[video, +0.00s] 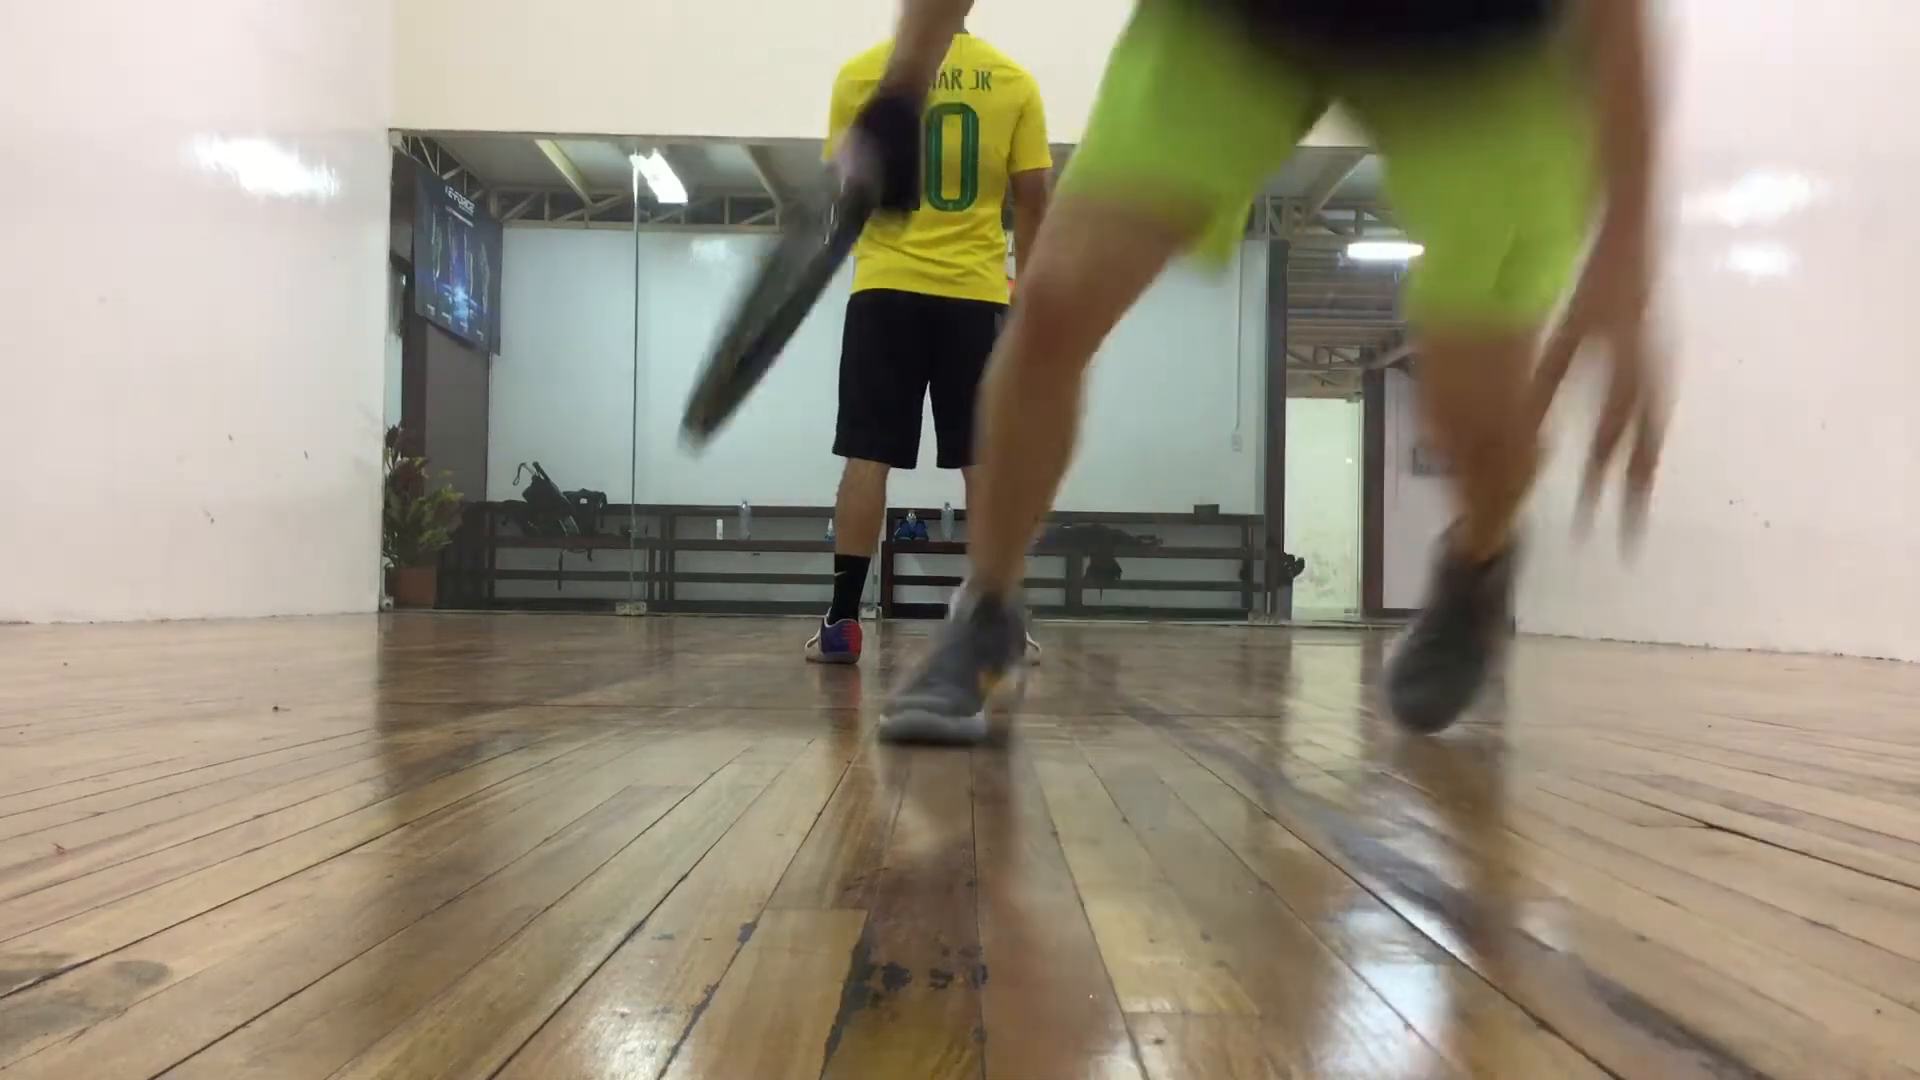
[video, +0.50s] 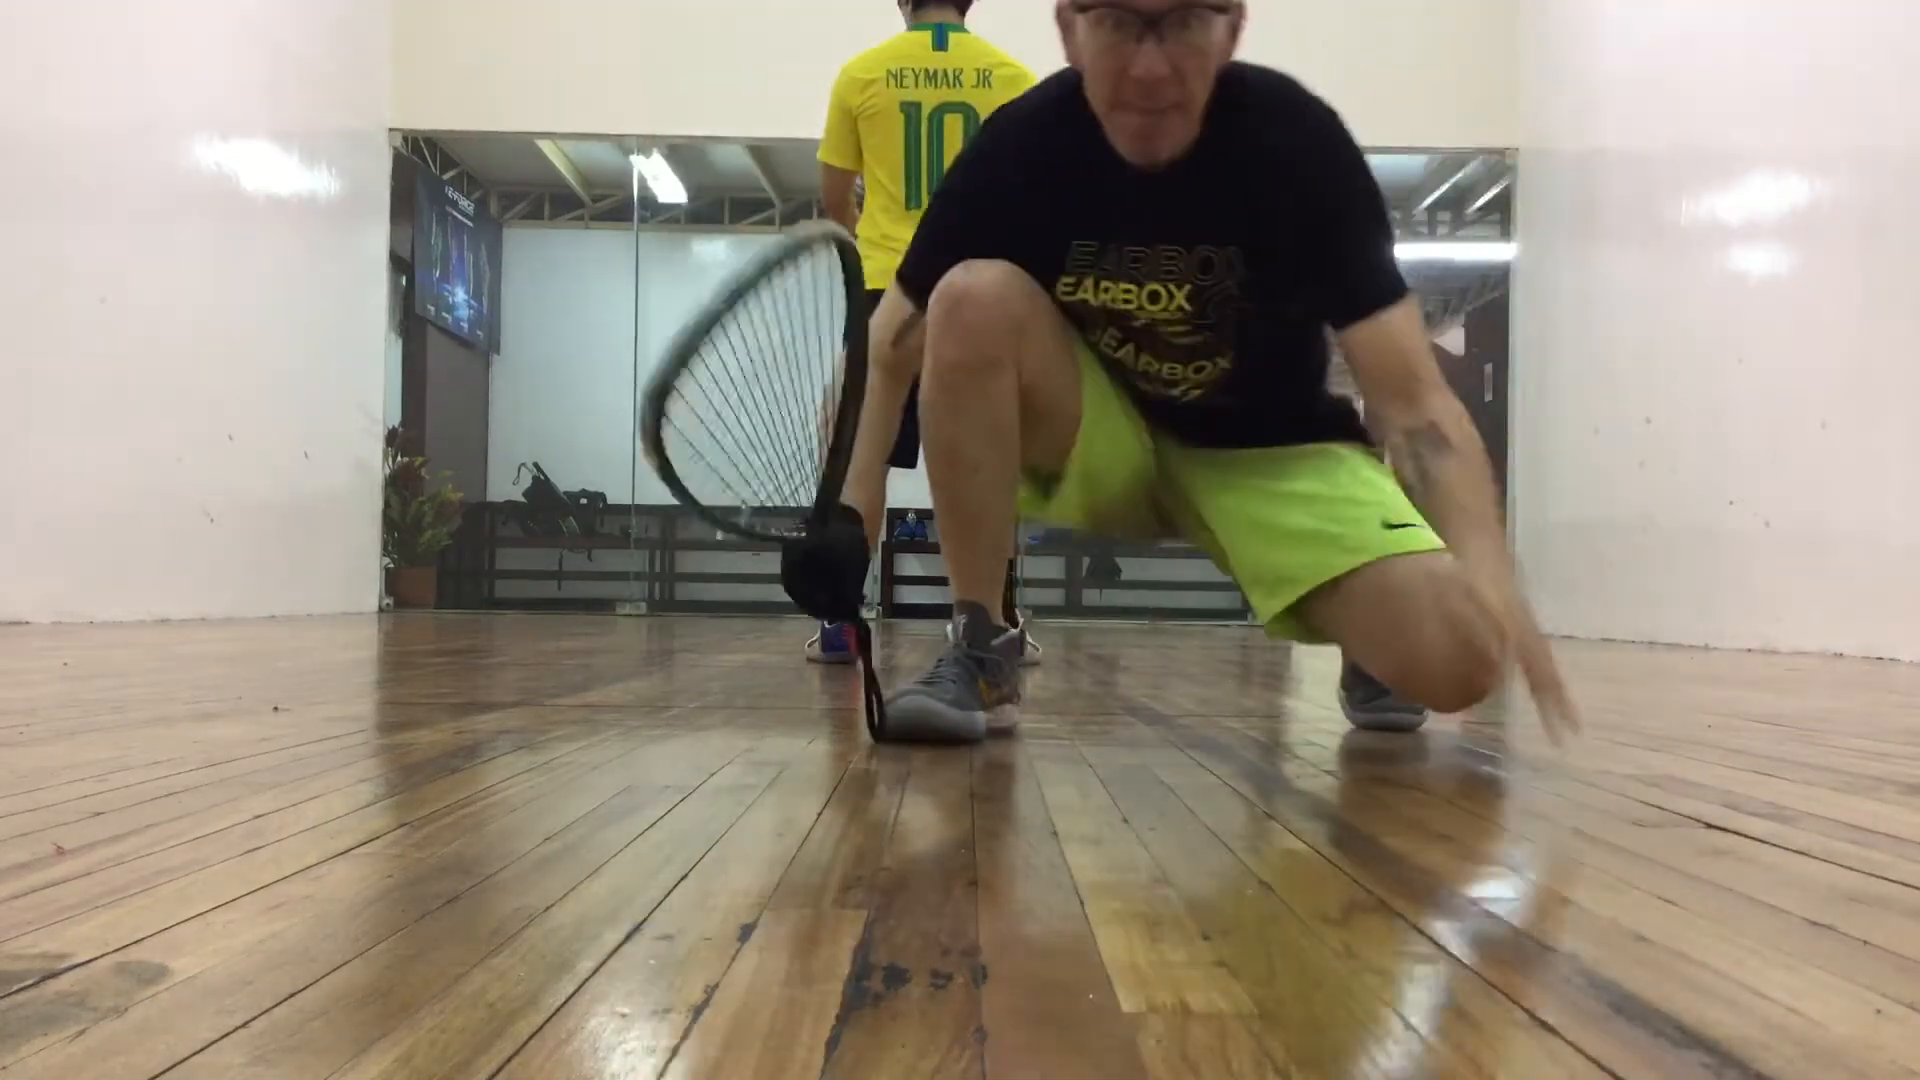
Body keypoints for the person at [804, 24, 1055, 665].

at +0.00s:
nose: (939, 10)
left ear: (906, 9)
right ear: (968, 9)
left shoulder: (861, 74)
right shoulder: (1011, 81)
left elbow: (845, 185)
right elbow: (1033, 202)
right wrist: (1029, 296)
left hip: (883, 300)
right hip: (976, 305)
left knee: (866, 460)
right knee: (986, 465)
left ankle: (842, 621)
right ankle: (998, 629)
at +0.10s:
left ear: (905, 8)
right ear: (979, 12)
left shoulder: (864, 72)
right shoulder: (1013, 81)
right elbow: (1034, 205)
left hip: (883, 299)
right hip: (975, 302)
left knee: (866, 460)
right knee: (985, 461)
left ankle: (842, 621)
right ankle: (1000, 620)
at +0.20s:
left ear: (906, 3)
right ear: (968, 3)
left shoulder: (861, 74)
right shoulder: (1010, 65)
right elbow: (1037, 196)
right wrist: (1012, 254)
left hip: (884, 296)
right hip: (978, 300)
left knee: (866, 458)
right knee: (985, 459)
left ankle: (843, 620)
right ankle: (1000, 621)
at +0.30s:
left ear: (906, 6)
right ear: (969, 6)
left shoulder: (860, 75)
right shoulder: (1013, 75)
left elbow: (836, 197)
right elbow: (1043, 178)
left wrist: (875, 237)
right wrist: (1002, 242)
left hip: (895, 304)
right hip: (987, 306)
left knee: (867, 457)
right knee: (998, 456)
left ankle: (842, 622)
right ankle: (1000, 622)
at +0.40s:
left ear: (905, 7)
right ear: (969, 7)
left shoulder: (861, 74)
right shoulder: (1013, 76)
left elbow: (836, 194)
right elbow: (1038, 178)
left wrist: (866, 229)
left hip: (885, 291)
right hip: (982, 294)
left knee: (864, 452)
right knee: (991, 451)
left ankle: (840, 620)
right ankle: (999, 622)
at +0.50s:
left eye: (902, 13)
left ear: (903, 8)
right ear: (969, 8)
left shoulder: (861, 74)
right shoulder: (1015, 77)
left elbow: (835, 196)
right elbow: (1041, 182)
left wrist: (868, 245)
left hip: (887, 293)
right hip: (983, 293)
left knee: (854, 447)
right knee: (987, 445)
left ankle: (839, 619)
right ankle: (1000, 619)